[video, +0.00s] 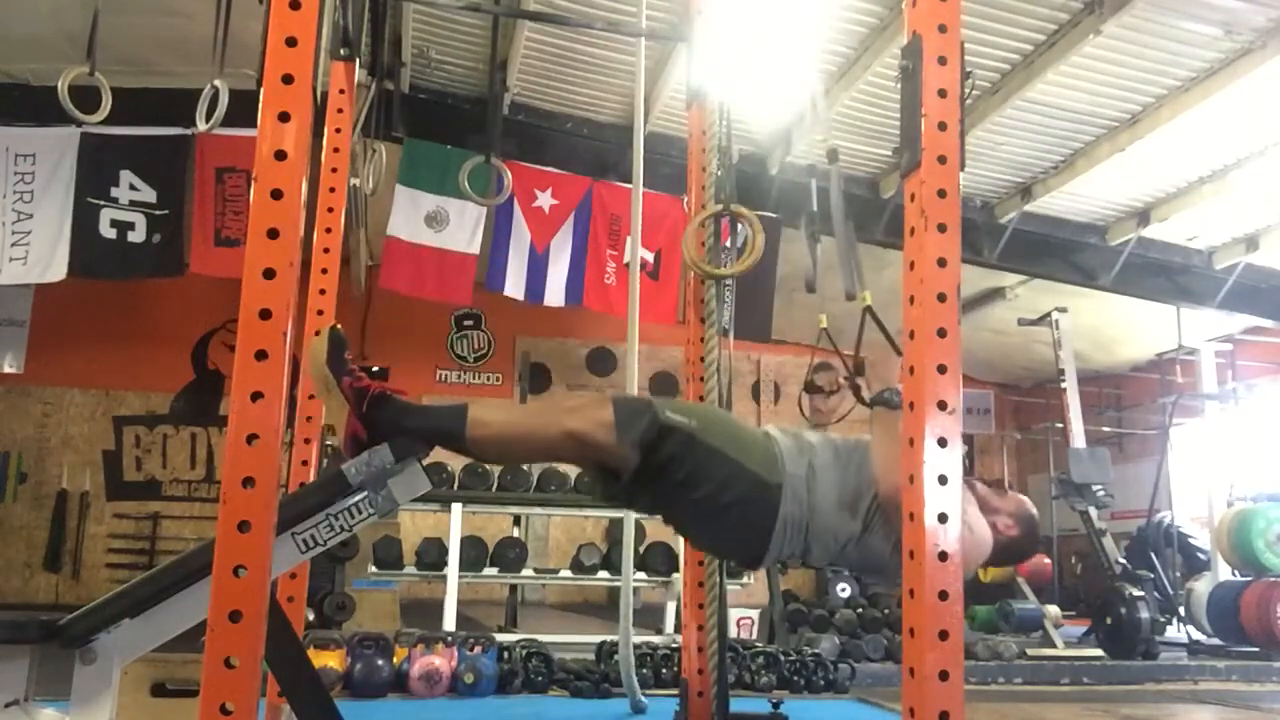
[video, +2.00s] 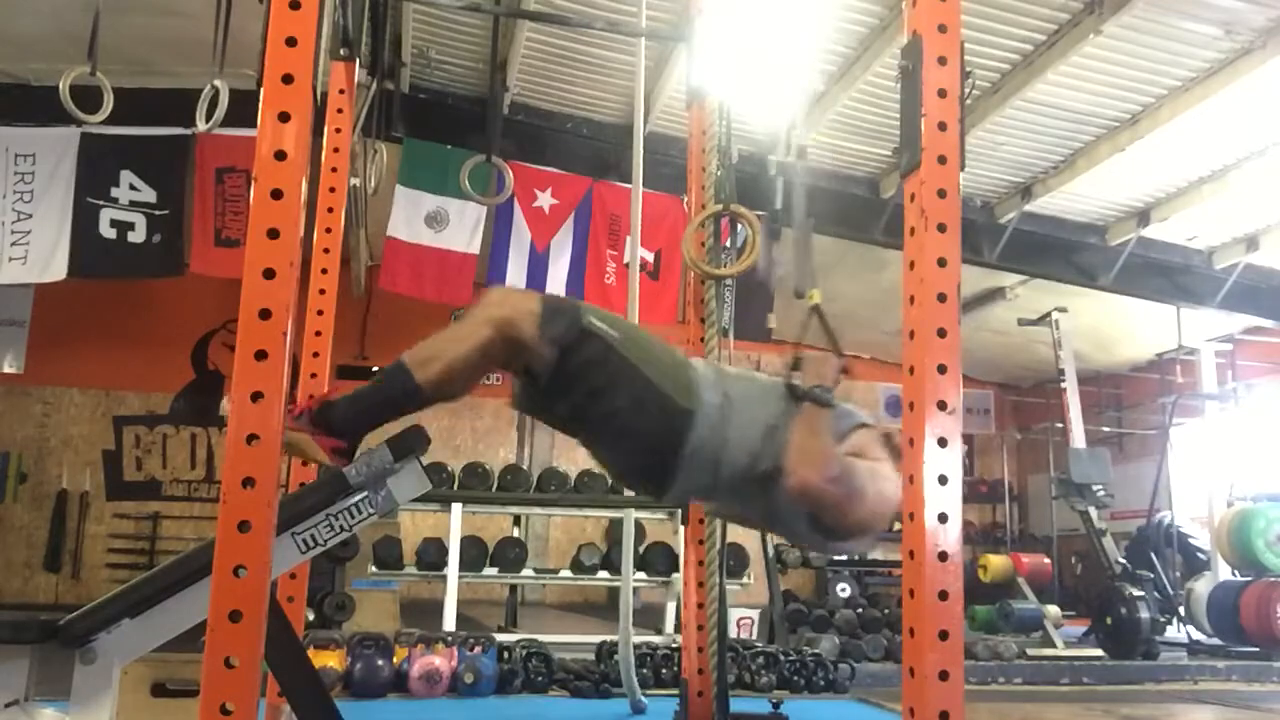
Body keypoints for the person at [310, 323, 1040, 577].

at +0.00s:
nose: (996, 494)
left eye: (1007, 508)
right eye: (1005, 492)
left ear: (999, 543)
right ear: (988, 495)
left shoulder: (959, 542)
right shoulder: (943, 503)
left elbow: (894, 488)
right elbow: (863, 433)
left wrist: (930, 425)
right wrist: (914, 412)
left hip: (774, 496)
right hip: (765, 487)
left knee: (604, 419)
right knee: (589, 430)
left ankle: (393, 418)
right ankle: (402, 424)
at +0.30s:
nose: (975, 571)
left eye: (984, 586)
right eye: (986, 568)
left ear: (974, 613)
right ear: (973, 561)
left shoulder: (921, 622)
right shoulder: (914, 565)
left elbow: (885, 515)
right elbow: (876, 497)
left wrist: (905, 445)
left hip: (755, 544)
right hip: (750, 503)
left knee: (595, 434)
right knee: (574, 429)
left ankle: (378, 410)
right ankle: (382, 420)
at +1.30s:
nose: (986, 467)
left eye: (995, 478)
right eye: (991, 463)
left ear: (989, 508)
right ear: (978, 460)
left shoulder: (939, 528)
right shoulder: (930, 469)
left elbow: (887, 486)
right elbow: (876, 464)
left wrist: (917, 408)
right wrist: (883, 398)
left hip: (754, 468)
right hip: (745, 454)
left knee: (570, 407)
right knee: (560, 407)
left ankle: (365, 414)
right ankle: (373, 416)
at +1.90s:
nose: (926, 448)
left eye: (937, 463)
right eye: (934, 449)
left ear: (933, 495)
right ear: (922, 457)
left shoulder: (887, 511)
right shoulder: (875, 462)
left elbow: (844, 477)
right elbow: (832, 427)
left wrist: (843, 396)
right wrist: (842, 382)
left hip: (709, 434)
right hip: (702, 414)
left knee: (538, 327)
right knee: (528, 353)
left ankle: (360, 415)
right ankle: (370, 416)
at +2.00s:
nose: (912, 420)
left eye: (921, 429)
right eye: (921, 421)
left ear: (926, 459)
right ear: (922, 436)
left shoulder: (879, 495)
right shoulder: (865, 442)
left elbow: (810, 476)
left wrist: (813, 390)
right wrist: (813, 371)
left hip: (680, 425)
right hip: (677, 404)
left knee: (507, 312)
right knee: (501, 320)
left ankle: (342, 424)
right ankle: (348, 410)